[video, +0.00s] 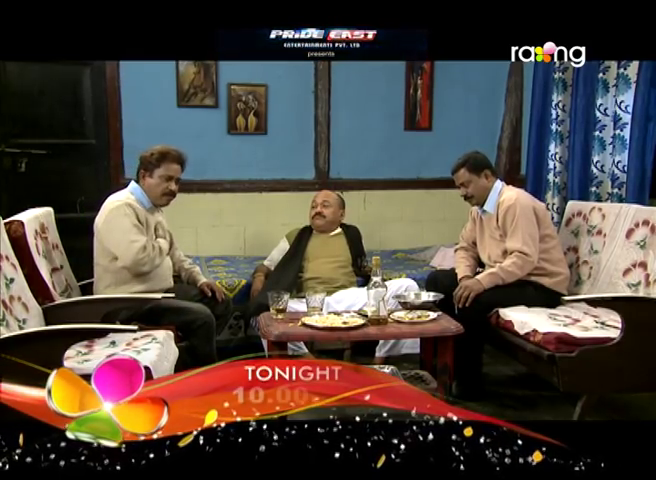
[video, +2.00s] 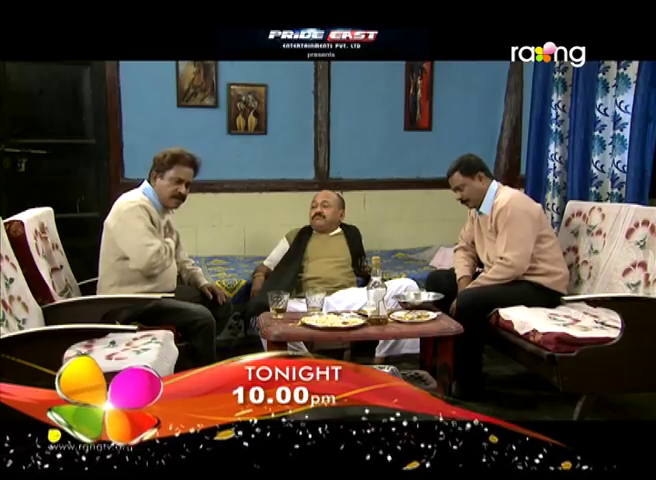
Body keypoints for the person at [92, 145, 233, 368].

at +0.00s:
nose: (173, 188)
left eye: (177, 181)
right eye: (166, 180)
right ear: (144, 177)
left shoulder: (154, 212)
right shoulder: (119, 209)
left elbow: (175, 257)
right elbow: (136, 260)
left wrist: (200, 280)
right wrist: (162, 245)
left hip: (157, 295)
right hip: (127, 304)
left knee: (218, 303)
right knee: (201, 318)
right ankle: (204, 384)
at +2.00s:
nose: (183, 191)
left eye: (188, 185)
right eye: (177, 182)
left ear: (191, 187)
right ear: (156, 178)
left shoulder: (162, 215)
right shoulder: (131, 208)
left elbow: (181, 259)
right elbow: (147, 262)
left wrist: (203, 283)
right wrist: (169, 244)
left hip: (156, 296)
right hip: (128, 304)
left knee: (218, 304)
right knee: (201, 319)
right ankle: (204, 385)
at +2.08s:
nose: (182, 190)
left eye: (187, 185)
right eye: (176, 182)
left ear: (190, 187)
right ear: (155, 178)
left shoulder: (161, 214)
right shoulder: (130, 208)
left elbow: (180, 258)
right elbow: (147, 261)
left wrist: (202, 283)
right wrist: (169, 243)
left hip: (157, 296)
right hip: (128, 305)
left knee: (218, 304)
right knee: (201, 319)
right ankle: (204, 386)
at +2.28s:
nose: (179, 189)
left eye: (183, 184)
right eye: (173, 180)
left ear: (186, 186)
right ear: (151, 177)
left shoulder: (158, 214)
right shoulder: (127, 208)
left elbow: (179, 258)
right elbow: (145, 261)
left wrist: (202, 283)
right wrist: (167, 241)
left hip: (156, 297)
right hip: (127, 305)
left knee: (218, 304)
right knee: (200, 319)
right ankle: (203, 386)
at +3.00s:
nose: (168, 186)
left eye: (173, 181)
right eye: (162, 178)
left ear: (177, 183)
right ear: (140, 177)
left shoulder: (150, 211)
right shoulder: (118, 208)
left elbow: (175, 257)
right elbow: (139, 260)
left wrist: (201, 282)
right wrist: (162, 240)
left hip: (157, 295)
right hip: (127, 304)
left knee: (218, 304)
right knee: (200, 318)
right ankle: (203, 384)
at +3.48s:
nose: (162, 184)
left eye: (167, 179)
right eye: (155, 176)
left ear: (170, 182)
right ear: (134, 176)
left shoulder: (146, 211)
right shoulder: (113, 207)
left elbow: (173, 257)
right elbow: (144, 250)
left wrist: (200, 281)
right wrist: (166, 231)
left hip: (157, 294)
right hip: (127, 303)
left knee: (218, 303)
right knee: (200, 318)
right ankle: (204, 384)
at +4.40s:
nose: (159, 182)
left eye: (164, 177)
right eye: (152, 174)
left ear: (168, 181)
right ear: (132, 175)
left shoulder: (151, 213)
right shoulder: (108, 206)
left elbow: (172, 256)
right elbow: (86, 237)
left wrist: (200, 280)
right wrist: (62, 235)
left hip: (161, 295)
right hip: (127, 304)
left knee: (219, 303)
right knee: (199, 318)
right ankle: (203, 383)